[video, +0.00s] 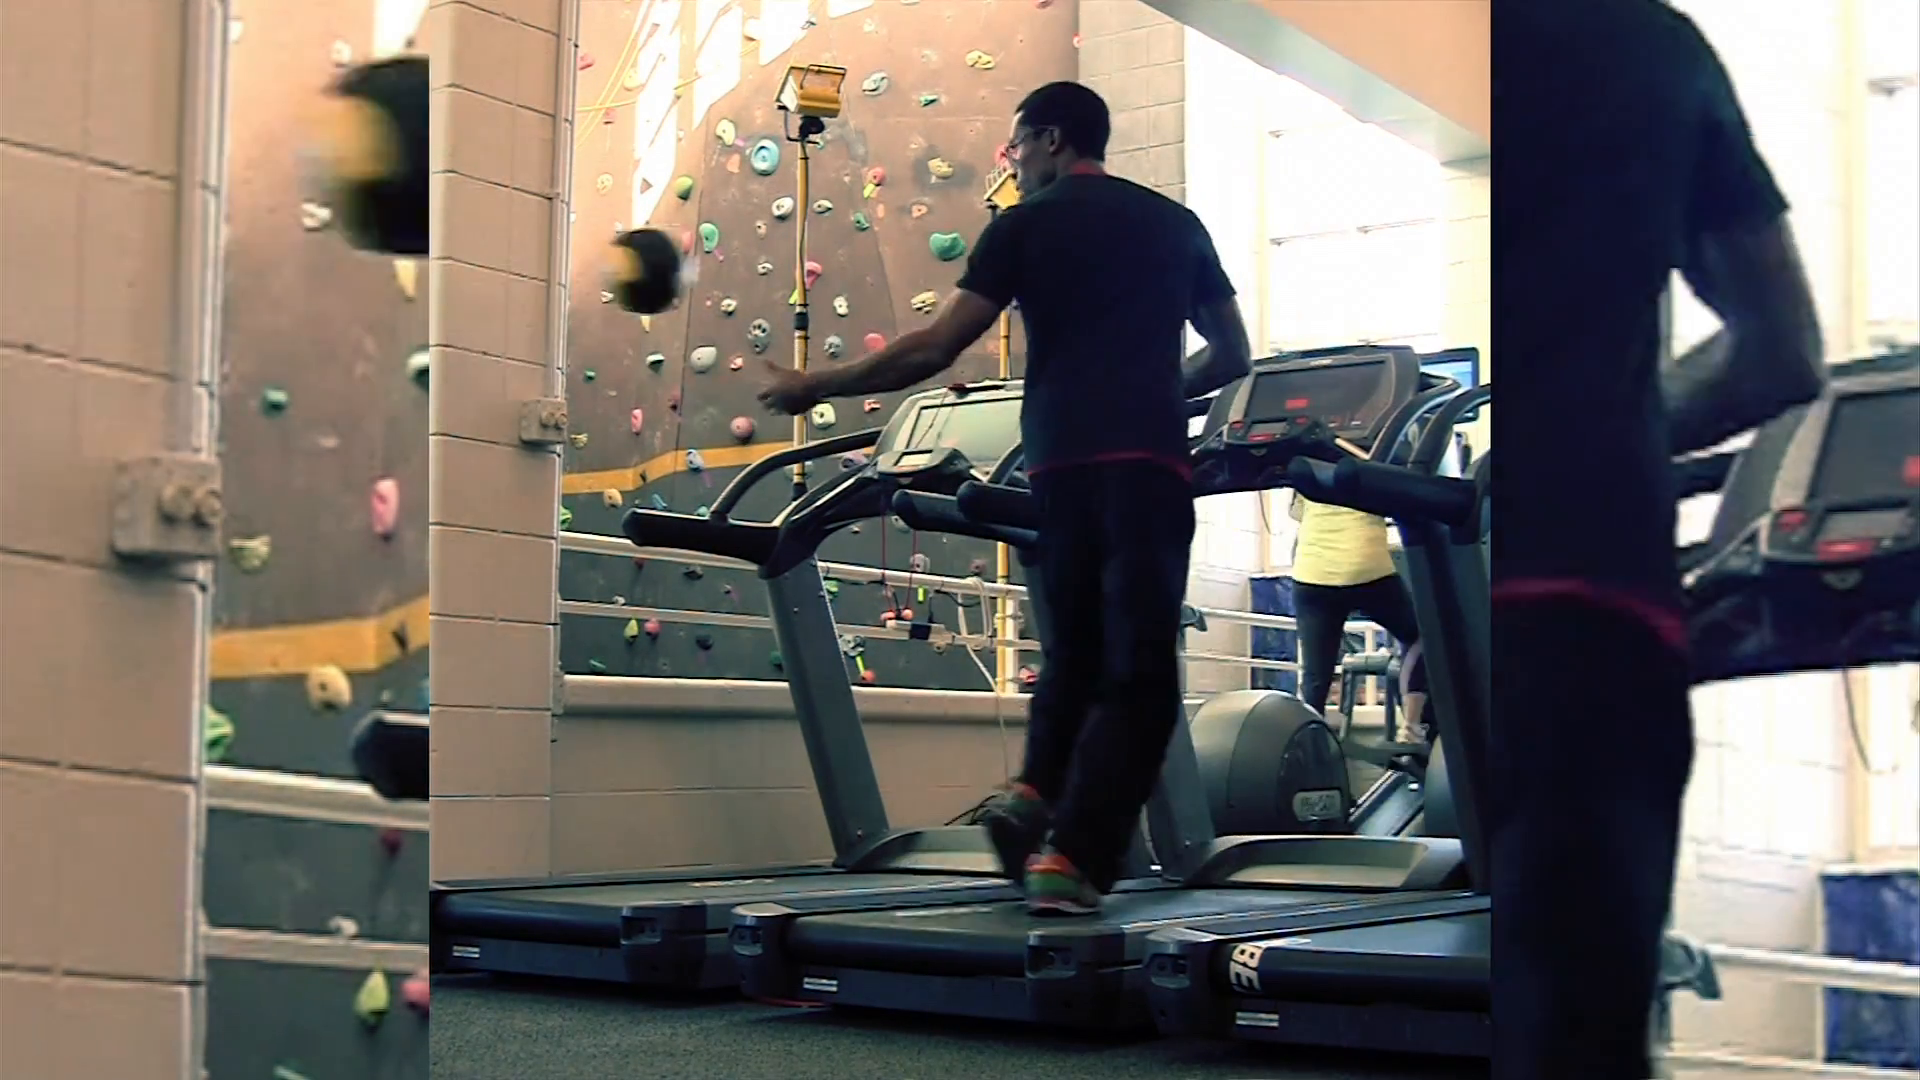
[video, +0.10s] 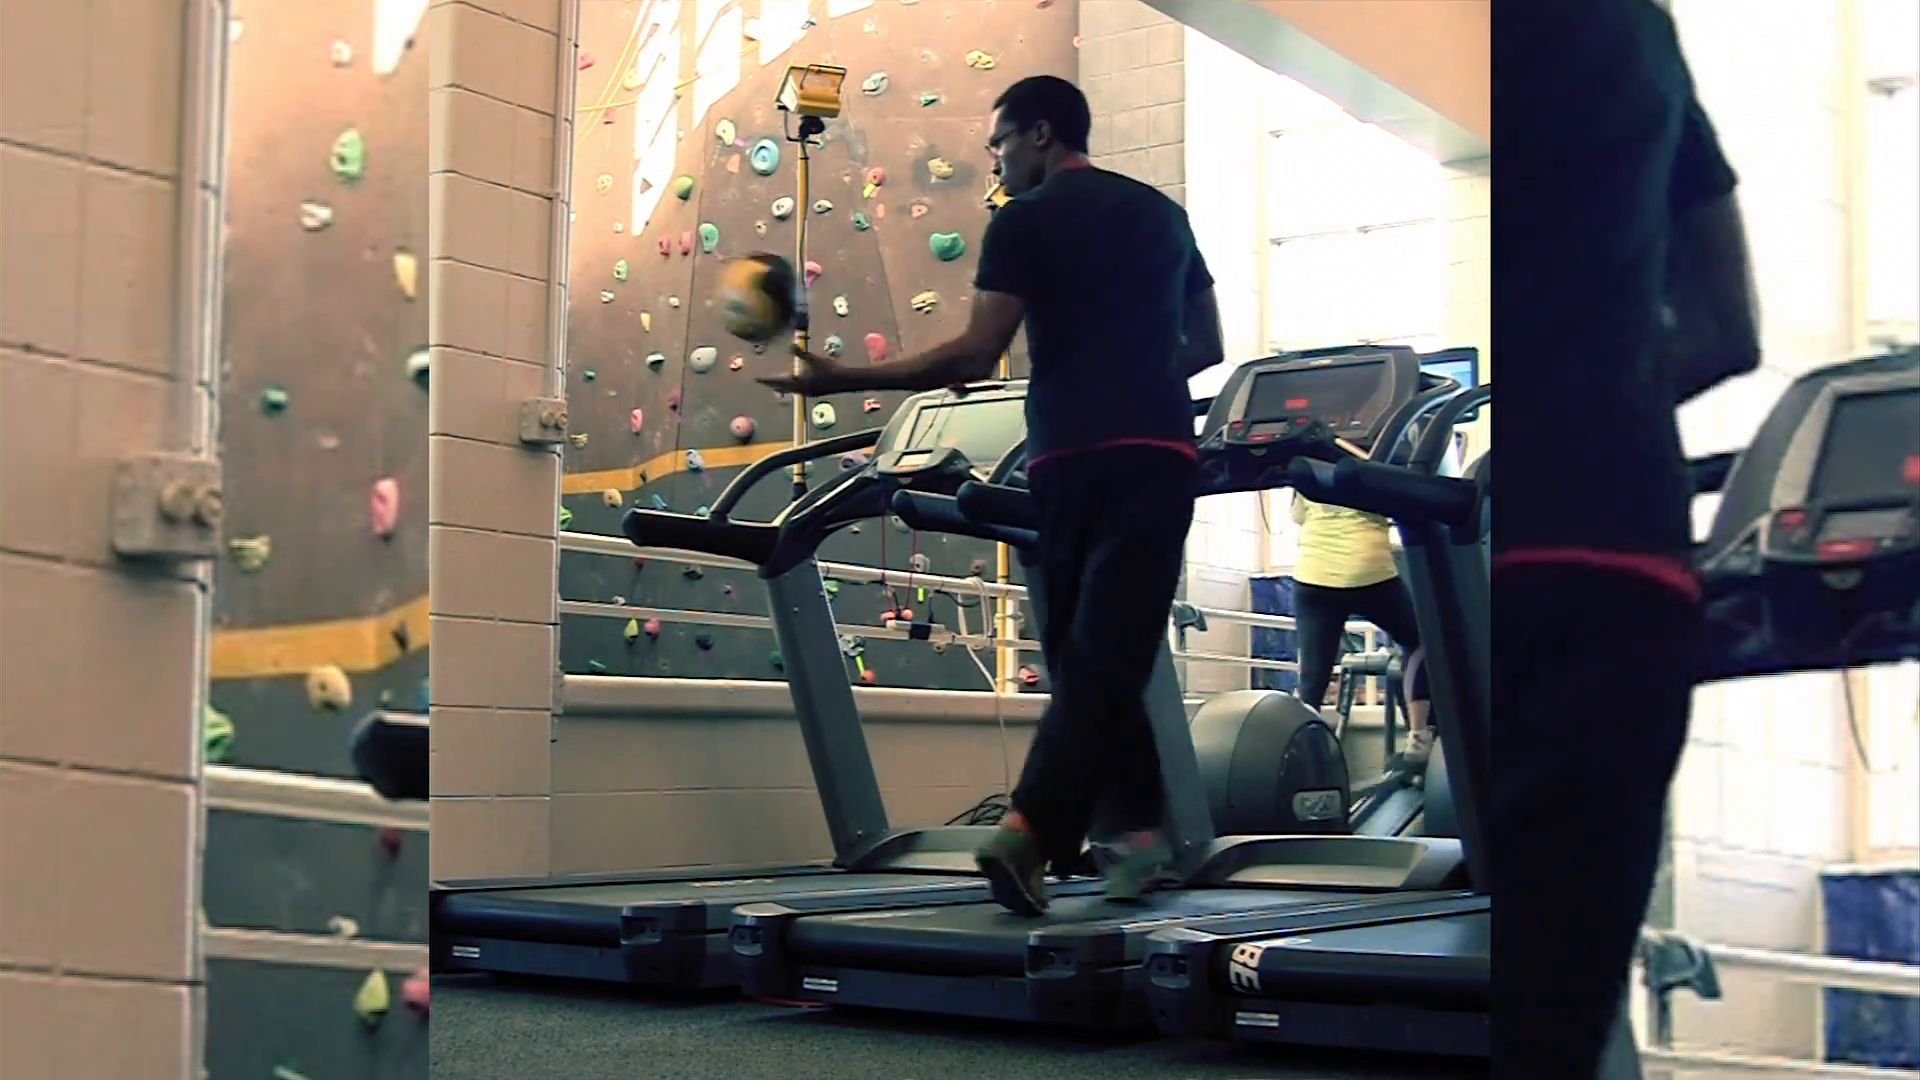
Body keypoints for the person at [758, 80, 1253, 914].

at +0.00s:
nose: (1013, 169)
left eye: (1019, 151)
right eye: (1013, 153)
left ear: (1056, 144)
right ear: (1098, 147)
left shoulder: (1028, 223)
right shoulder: (1177, 222)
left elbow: (940, 343)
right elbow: (1232, 355)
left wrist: (818, 384)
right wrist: (1161, 389)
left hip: (1061, 464)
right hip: (1154, 467)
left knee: (1069, 653)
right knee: (1146, 674)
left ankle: (1033, 791)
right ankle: (1071, 861)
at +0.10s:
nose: (994, 164)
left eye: (1000, 145)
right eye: (993, 148)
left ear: (1043, 136)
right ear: (1079, 139)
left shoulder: (1024, 218)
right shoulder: (1164, 213)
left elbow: (976, 352)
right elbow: (1205, 345)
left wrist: (844, 376)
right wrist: (1127, 374)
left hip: (1070, 460)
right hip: (1161, 454)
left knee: (1081, 654)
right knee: (1107, 655)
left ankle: (1141, 840)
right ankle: (1029, 833)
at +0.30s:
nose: (978, 176)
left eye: (988, 156)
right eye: (973, 161)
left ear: (1037, 149)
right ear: (1053, 158)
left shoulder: (1054, 212)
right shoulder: (1111, 223)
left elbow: (1106, 313)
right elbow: (1205, 333)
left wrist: (1007, 370)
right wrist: (1153, 414)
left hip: (1066, 481)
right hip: (1133, 479)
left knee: (1050, 675)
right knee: (1126, 667)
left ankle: (1110, 858)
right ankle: (1214, 770)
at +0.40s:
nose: (985, 130)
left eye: (998, 111)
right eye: (976, 116)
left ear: (1043, 102)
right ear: (980, 116)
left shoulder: (1071, 161)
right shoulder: (1056, 184)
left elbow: (1185, 226)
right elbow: (1153, 279)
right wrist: (1173, 393)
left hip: (1080, 435)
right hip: (1104, 435)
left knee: (1020, 613)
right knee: (1095, 639)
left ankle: (1061, 837)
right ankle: (1246, 770)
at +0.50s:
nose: (1005, 101)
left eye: (1019, 83)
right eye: (990, 88)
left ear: (1053, 73)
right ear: (976, 89)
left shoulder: (1102, 141)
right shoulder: (1012, 178)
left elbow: (1236, 192)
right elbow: (1113, 264)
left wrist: (1264, 316)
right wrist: (1168, 347)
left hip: (1107, 389)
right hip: (1051, 401)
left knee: (1070, 577)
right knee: (1089, 602)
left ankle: (1080, 792)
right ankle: (1171, 812)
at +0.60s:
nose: (1047, 98)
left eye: (1060, 83)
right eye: (1030, 83)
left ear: (1078, 82)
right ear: (1000, 84)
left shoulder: (1124, 158)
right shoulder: (991, 190)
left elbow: (1227, 239)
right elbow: (1022, 292)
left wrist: (1211, 369)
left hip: (1120, 396)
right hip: (1037, 413)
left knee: (1111, 582)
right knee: (1052, 607)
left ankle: (1186, 795)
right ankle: (1102, 816)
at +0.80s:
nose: (1144, 114)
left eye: (1152, 100)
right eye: (1132, 94)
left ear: (1144, 101)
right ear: (1076, 84)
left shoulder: (1158, 198)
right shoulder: (991, 182)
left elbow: (1155, 327)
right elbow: (906, 260)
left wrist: (1157, 425)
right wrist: (851, 342)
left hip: (1138, 457)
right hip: (1031, 459)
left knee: (1194, 632)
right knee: (1023, 651)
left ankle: (1259, 812)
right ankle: (1047, 845)